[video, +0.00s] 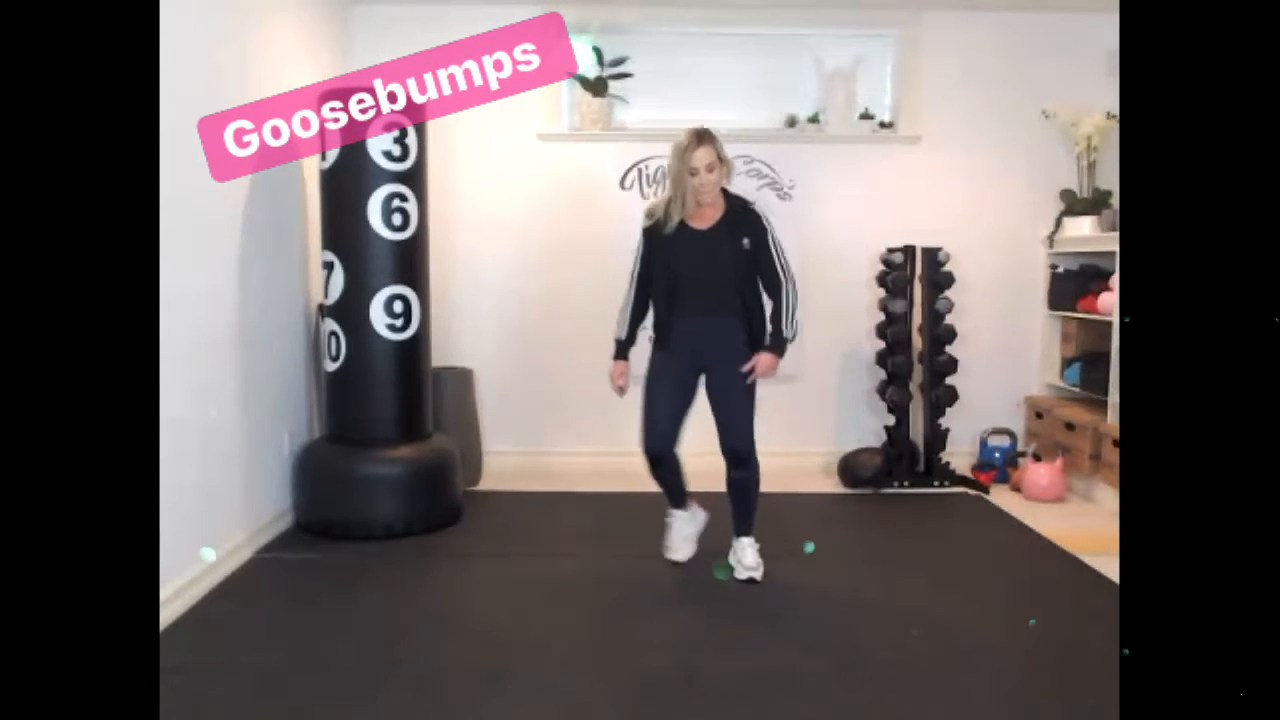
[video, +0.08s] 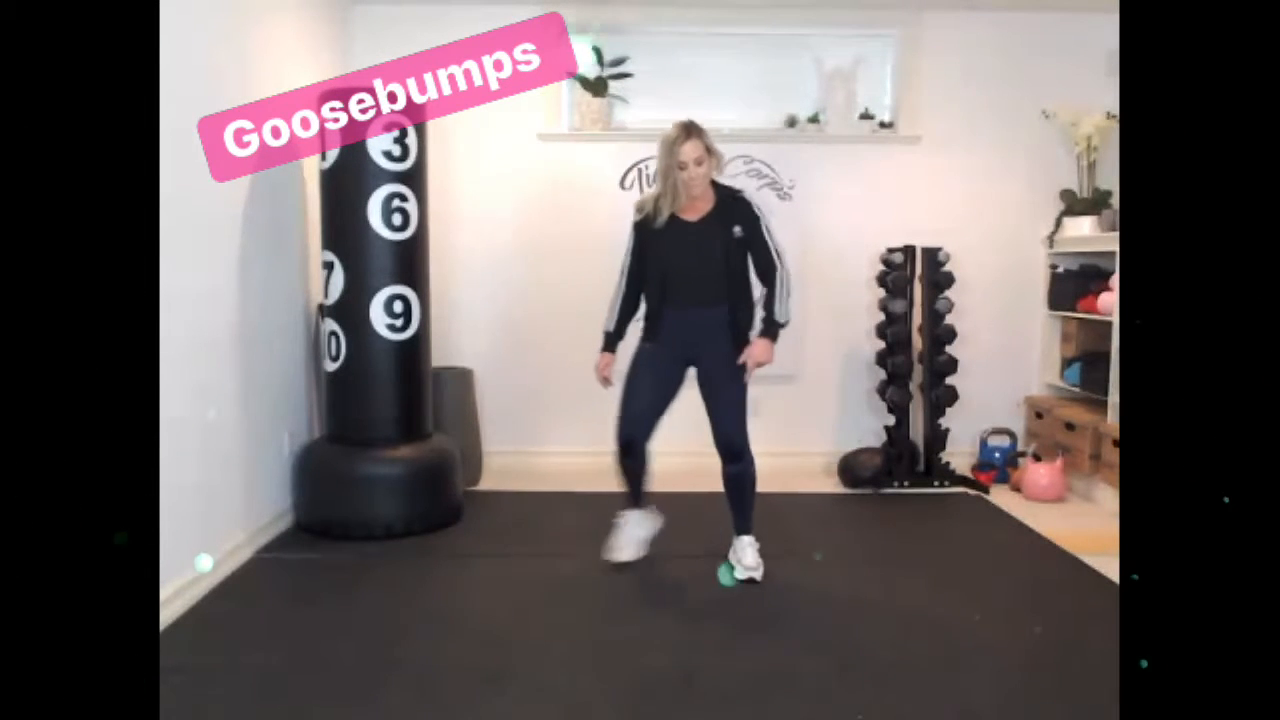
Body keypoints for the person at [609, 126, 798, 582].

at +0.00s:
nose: (705, 178)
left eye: (712, 168)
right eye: (695, 171)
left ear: (723, 168)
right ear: (680, 175)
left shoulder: (746, 218)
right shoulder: (660, 223)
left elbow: (782, 283)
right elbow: (640, 289)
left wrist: (777, 346)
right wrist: (621, 351)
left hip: (732, 347)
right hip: (674, 347)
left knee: (739, 451)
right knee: (656, 445)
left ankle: (744, 540)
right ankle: (683, 512)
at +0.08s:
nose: (694, 171)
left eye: (700, 162)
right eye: (683, 165)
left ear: (712, 160)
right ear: (670, 168)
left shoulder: (736, 207)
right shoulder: (652, 215)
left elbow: (774, 272)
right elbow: (632, 282)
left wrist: (768, 334)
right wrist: (609, 345)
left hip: (721, 341)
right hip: (663, 339)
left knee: (733, 445)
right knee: (630, 434)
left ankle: (744, 539)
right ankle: (638, 512)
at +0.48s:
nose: (613, 179)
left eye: (617, 170)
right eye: (604, 172)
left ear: (623, 171)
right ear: (581, 175)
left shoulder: (637, 220)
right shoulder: (553, 225)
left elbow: (657, 289)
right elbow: (526, 292)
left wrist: (680, 356)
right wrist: (503, 361)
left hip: (635, 343)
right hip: (576, 348)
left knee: (690, 433)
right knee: (556, 452)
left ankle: (727, 521)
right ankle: (538, 540)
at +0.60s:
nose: (601, 170)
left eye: (606, 161)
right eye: (592, 162)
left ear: (611, 162)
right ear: (570, 164)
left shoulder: (623, 211)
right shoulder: (541, 216)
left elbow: (640, 281)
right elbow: (513, 284)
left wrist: (655, 338)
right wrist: (493, 354)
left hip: (627, 334)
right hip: (571, 340)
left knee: (693, 408)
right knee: (557, 448)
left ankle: (718, 503)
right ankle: (539, 540)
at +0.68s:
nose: (589, 162)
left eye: (594, 154)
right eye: (579, 154)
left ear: (599, 155)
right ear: (556, 157)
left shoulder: (610, 205)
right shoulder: (529, 211)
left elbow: (619, 274)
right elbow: (505, 279)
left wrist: (621, 344)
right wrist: (490, 348)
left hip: (615, 323)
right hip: (564, 332)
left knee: (701, 360)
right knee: (555, 443)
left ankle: (715, 467)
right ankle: (539, 538)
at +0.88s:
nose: (582, 178)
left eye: (586, 169)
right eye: (571, 171)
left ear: (591, 173)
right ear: (550, 175)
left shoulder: (597, 225)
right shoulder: (526, 230)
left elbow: (602, 291)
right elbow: (509, 299)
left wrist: (610, 339)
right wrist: (516, 367)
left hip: (602, 339)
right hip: (554, 349)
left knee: (693, 327)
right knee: (555, 459)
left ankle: (720, 436)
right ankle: (540, 541)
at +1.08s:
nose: (581, 154)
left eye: (587, 146)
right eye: (571, 147)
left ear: (597, 156)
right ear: (554, 158)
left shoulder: (608, 211)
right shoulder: (535, 207)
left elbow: (616, 284)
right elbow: (524, 279)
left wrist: (604, 351)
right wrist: (535, 349)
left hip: (612, 327)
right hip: (562, 334)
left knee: (693, 373)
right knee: (555, 449)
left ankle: (713, 483)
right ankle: (539, 540)